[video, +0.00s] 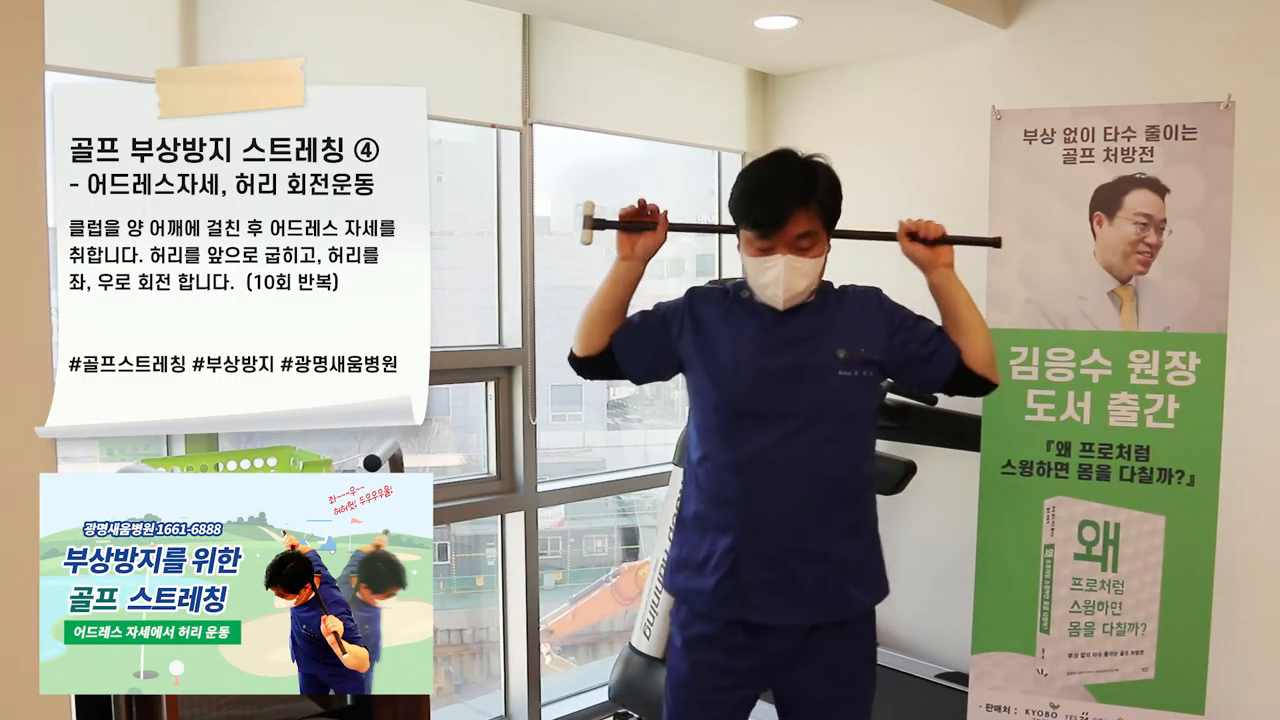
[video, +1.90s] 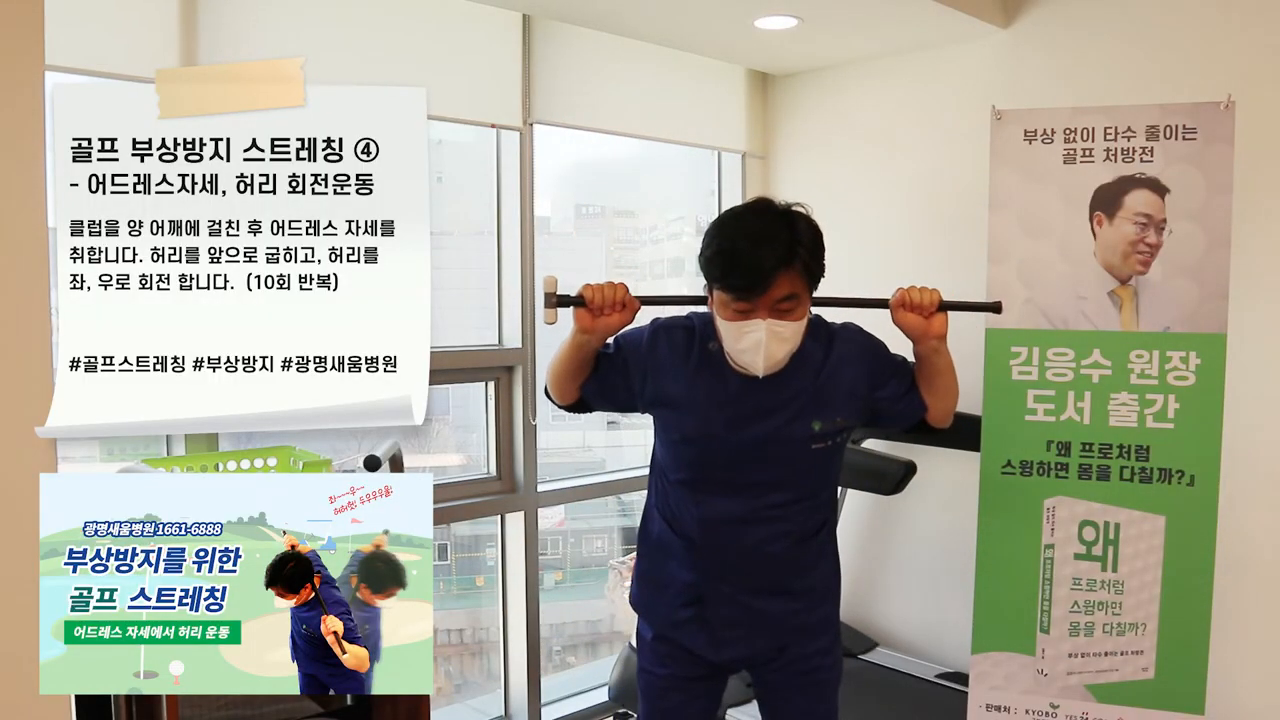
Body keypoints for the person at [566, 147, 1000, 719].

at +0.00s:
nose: (784, 262)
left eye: (805, 243)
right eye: (764, 245)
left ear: (829, 237)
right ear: (740, 239)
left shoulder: (866, 317)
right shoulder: (702, 317)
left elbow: (979, 374)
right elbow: (590, 357)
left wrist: (941, 273)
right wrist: (629, 263)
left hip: (833, 618)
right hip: (715, 615)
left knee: (836, 713)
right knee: (691, 713)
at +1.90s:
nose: (763, 328)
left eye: (785, 309)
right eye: (741, 311)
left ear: (811, 295)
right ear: (710, 295)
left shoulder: (845, 357)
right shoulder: (670, 349)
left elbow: (937, 412)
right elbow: (564, 390)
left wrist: (930, 346)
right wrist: (587, 337)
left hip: (797, 618)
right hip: (682, 616)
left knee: (808, 713)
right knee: (667, 714)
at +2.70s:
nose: (825, 375)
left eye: (836, 354)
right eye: (806, 360)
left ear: (848, 328)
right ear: (752, 332)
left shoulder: (848, 361)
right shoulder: (682, 386)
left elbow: (895, 358)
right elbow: (555, 461)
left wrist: (907, 314)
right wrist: (609, 407)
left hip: (803, 620)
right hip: (692, 624)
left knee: (807, 714)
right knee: (676, 713)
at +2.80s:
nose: (859, 369)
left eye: (869, 351)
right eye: (843, 357)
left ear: (875, 325)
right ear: (783, 340)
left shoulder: (849, 371)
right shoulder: (703, 401)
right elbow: (578, 499)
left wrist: (861, 289)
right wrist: (649, 436)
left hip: (800, 618)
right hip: (695, 627)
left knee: (805, 713)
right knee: (680, 711)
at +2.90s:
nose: (881, 361)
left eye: (883, 348)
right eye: (867, 355)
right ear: (809, 350)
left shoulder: (833, 365)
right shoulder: (723, 398)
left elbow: (891, 369)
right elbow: (606, 527)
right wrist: (684, 463)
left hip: (800, 620)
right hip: (700, 630)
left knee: (802, 713)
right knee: (682, 712)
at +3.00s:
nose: (898, 374)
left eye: (903, 361)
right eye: (892, 364)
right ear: (844, 360)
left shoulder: (813, 331)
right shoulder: (740, 408)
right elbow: (659, 561)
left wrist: (883, 372)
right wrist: (744, 488)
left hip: (796, 629)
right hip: (704, 644)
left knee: (799, 712)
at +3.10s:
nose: (920, 365)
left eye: (921, 355)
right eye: (914, 360)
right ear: (865, 367)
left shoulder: (796, 334)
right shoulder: (752, 427)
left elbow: (768, 302)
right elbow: (697, 578)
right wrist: (785, 500)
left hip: (793, 627)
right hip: (710, 647)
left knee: (797, 711)